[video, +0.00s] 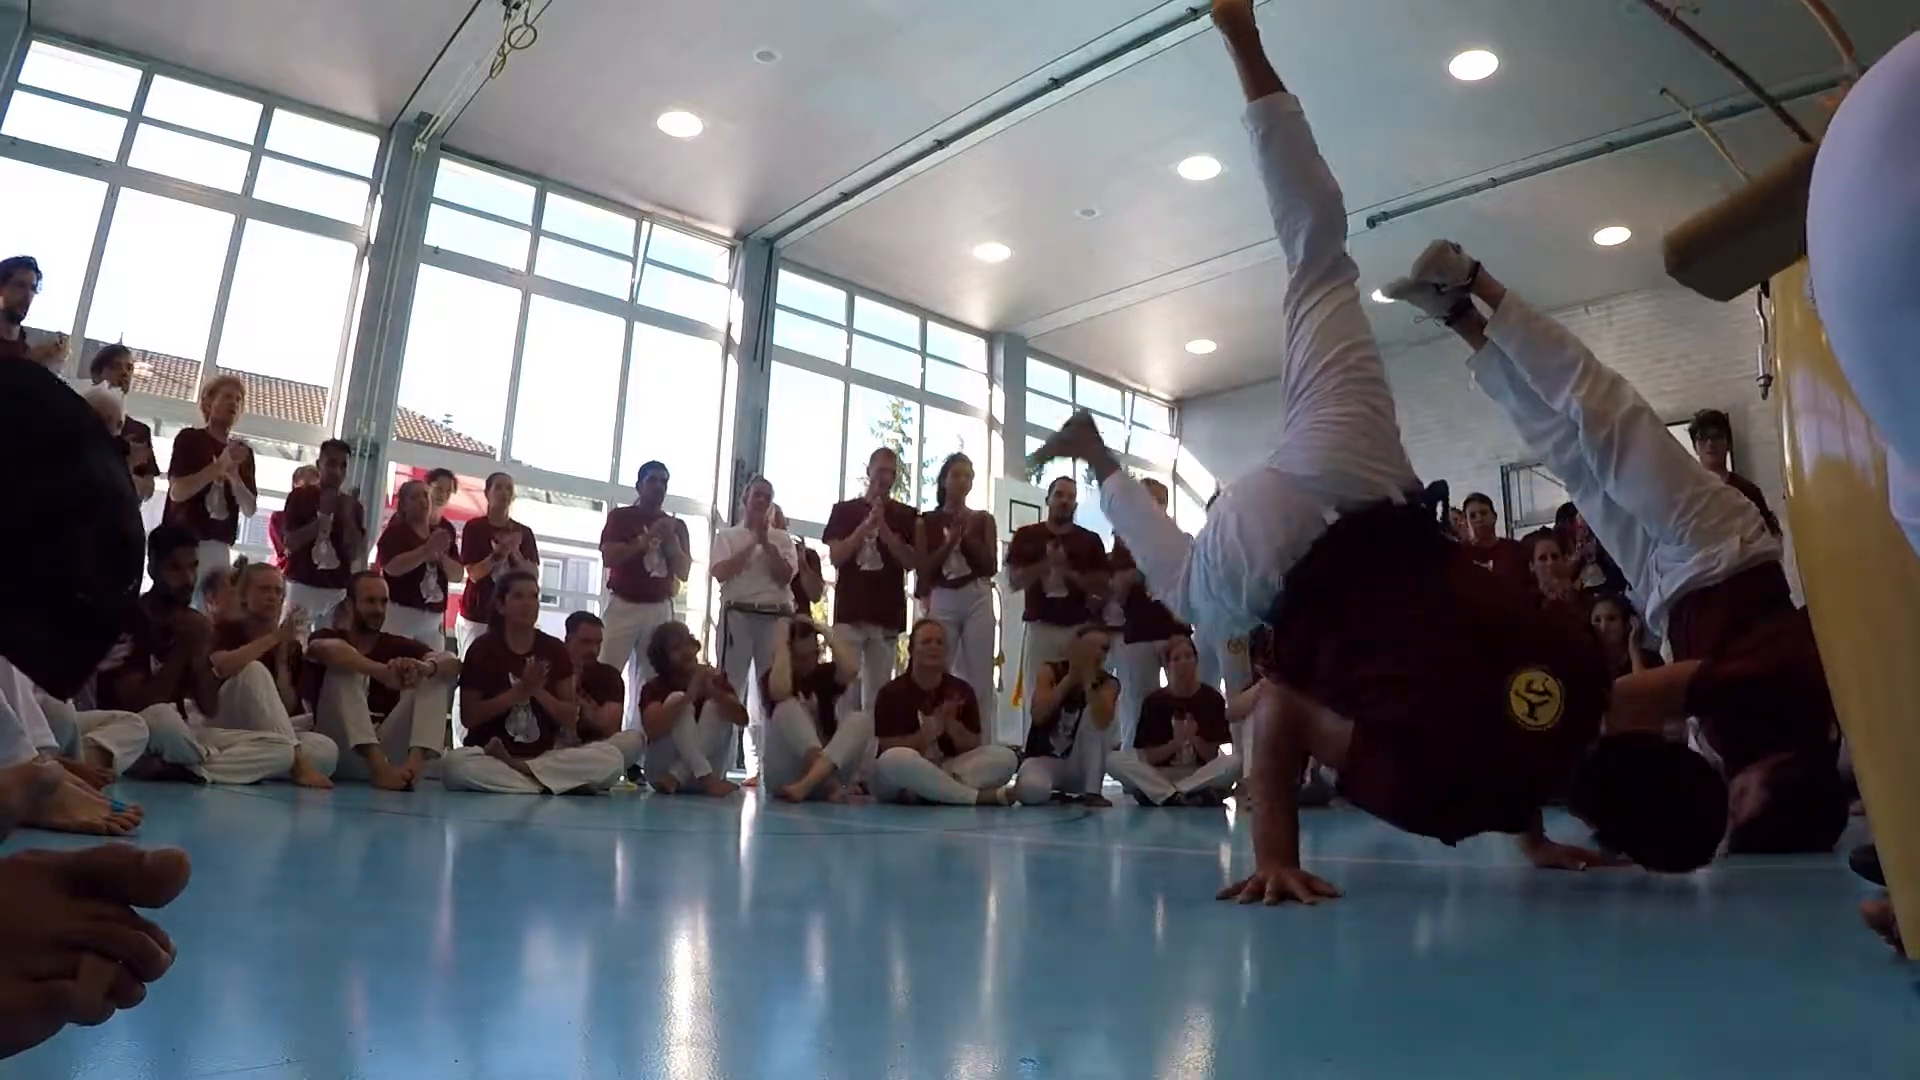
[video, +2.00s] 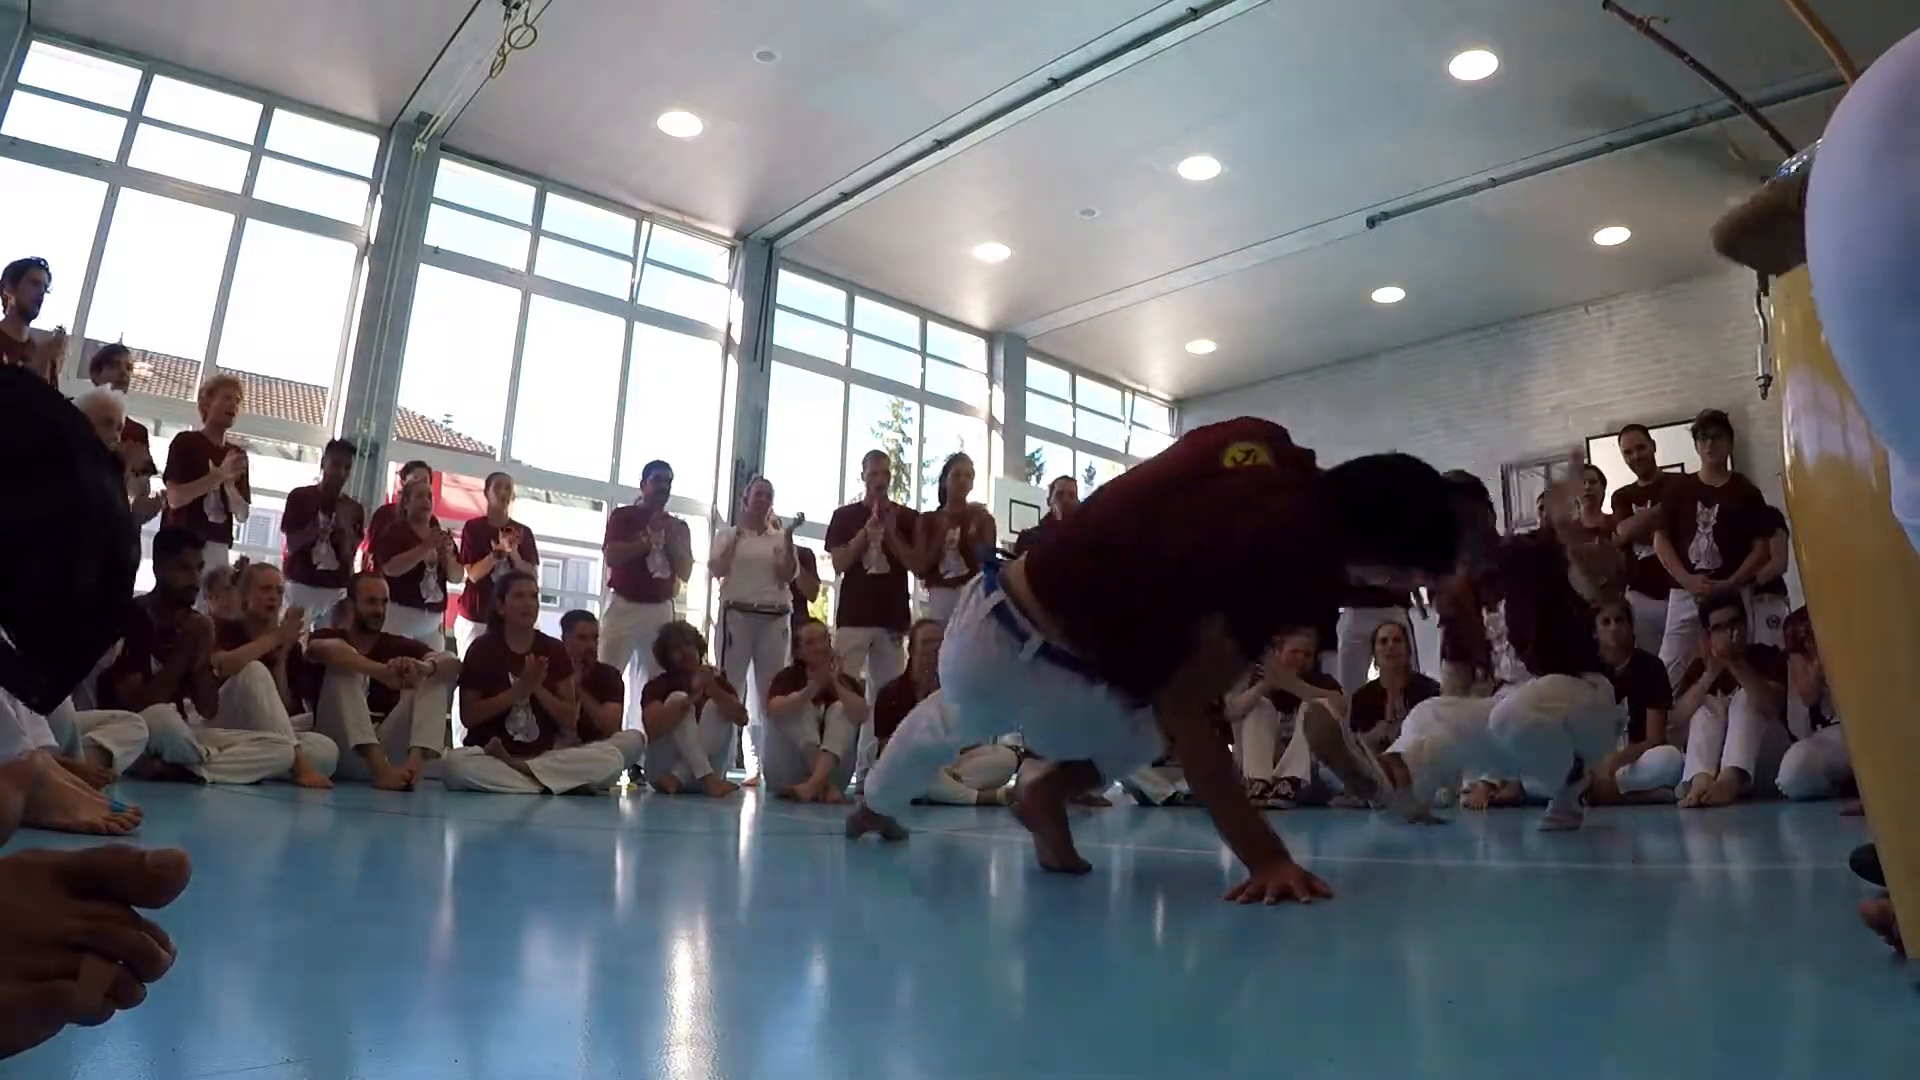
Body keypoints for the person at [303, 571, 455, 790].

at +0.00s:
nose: (378, 609)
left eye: (383, 602)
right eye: (370, 601)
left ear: (388, 603)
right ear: (351, 603)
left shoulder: (392, 643)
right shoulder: (329, 637)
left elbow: (453, 662)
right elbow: (317, 649)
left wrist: (427, 666)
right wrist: (382, 671)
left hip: (387, 750)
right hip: (338, 750)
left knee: (438, 673)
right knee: (343, 661)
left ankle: (415, 763)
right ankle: (378, 764)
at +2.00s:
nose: (379, 610)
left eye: (384, 602)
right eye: (371, 602)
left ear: (389, 603)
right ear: (352, 603)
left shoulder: (393, 643)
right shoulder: (329, 637)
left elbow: (454, 663)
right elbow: (316, 650)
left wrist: (427, 666)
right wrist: (382, 671)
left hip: (387, 751)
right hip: (338, 749)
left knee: (437, 674)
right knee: (342, 662)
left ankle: (415, 764)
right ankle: (378, 764)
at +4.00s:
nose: (381, 610)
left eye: (385, 603)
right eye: (373, 603)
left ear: (390, 603)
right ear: (351, 603)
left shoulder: (395, 643)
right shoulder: (326, 638)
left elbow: (453, 663)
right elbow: (322, 650)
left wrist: (427, 668)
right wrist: (382, 672)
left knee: (436, 674)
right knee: (341, 663)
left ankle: (414, 764)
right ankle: (378, 765)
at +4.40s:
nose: (380, 610)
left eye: (384, 603)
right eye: (371, 603)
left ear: (389, 603)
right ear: (351, 603)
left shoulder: (393, 643)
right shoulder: (323, 638)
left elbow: (453, 663)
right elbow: (334, 655)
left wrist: (427, 667)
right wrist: (382, 672)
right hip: (332, 749)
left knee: (436, 673)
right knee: (344, 668)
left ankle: (414, 765)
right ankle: (378, 766)